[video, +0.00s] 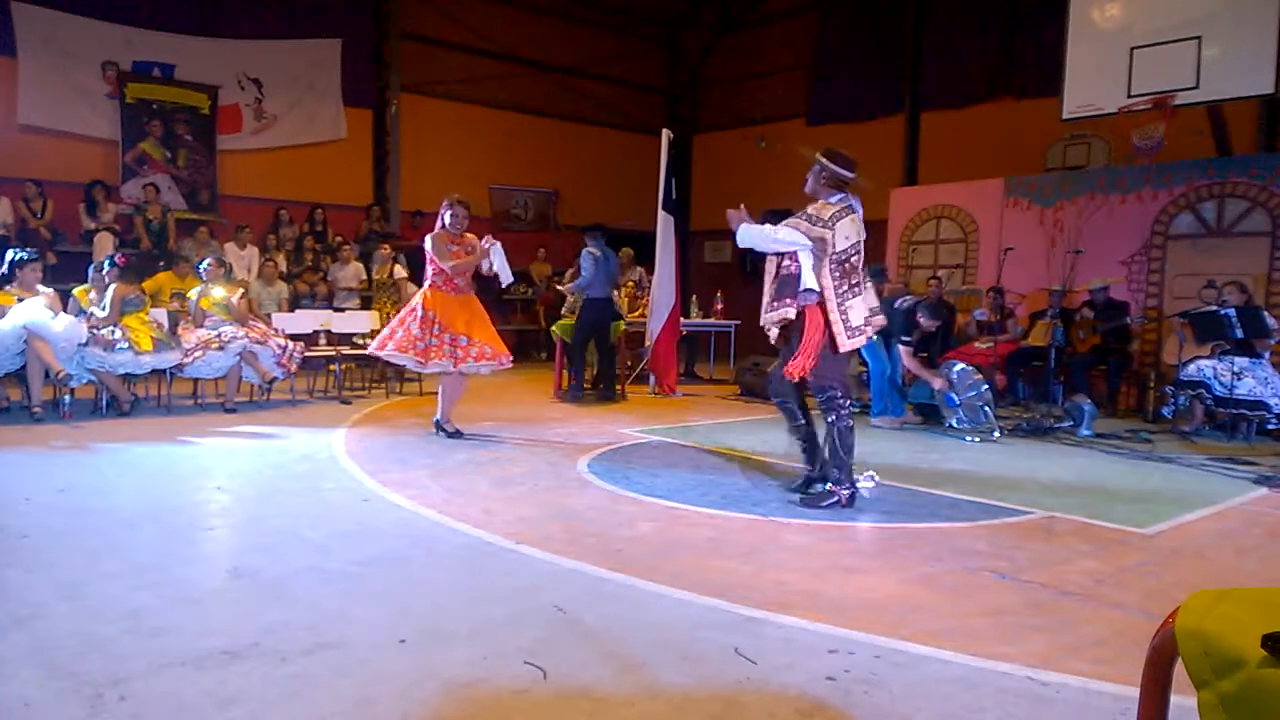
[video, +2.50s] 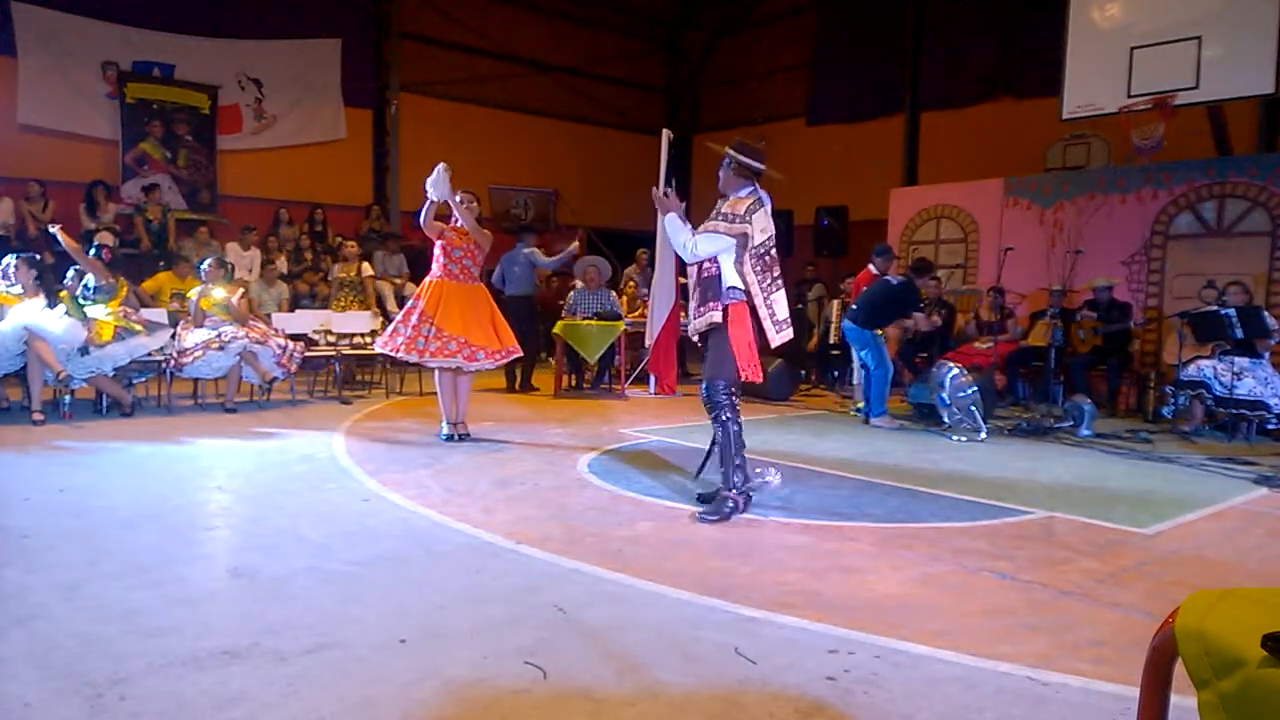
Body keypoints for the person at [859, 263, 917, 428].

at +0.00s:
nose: (933, 329)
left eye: (936, 326)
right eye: (932, 325)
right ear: (920, 317)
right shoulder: (904, 319)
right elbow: (907, 359)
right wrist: (933, 379)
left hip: (888, 330)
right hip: (867, 328)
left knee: (895, 368)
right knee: (880, 367)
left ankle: (898, 410)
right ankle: (879, 413)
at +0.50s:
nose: (938, 320)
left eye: (941, 316)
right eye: (937, 315)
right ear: (925, 307)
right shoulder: (907, 309)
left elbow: (905, 343)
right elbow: (900, 349)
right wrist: (925, 369)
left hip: (884, 331)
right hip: (865, 327)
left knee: (894, 370)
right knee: (881, 368)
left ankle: (898, 411)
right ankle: (879, 414)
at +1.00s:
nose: (939, 301)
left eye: (941, 298)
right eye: (938, 297)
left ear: (927, 288)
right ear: (928, 289)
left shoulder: (913, 295)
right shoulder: (909, 297)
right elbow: (906, 337)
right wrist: (929, 362)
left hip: (871, 328)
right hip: (862, 328)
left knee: (883, 367)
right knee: (881, 367)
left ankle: (885, 413)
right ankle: (880, 414)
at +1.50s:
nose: (939, 296)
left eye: (941, 292)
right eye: (939, 291)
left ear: (925, 285)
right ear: (926, 286)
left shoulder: (907, 290)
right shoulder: (910, 296)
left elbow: (899, 331)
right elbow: (905, 334)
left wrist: (904, 353)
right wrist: (925, 360)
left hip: (864, 327)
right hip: (859, 327)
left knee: (875, 368)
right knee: (876, 368)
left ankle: (874, 412)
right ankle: (877, 415)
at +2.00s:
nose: (933, 285)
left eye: (934, 280)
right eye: (932, 280)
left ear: (916, 273)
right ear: (925, 278)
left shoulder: (901, 282)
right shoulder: (911, 291)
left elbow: (893, 316)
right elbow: (926, 321)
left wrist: (912, 329)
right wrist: (934, 321)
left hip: (855, 323)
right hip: (863, 328)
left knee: (874, 368)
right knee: (882, 368)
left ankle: (872, 411)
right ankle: (879, 414)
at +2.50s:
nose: (929, 283)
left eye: (930, 279)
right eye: (930, 279)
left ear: (911, 271)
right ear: (924, 277)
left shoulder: (894, 280)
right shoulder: (910, 289)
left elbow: (892, 319)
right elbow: (923, 325)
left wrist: (916, 323)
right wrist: (935, 322)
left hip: (852, 323)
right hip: (864, 328)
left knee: (871, 368)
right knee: (883, 368)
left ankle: (871, 410)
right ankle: (879, 414)